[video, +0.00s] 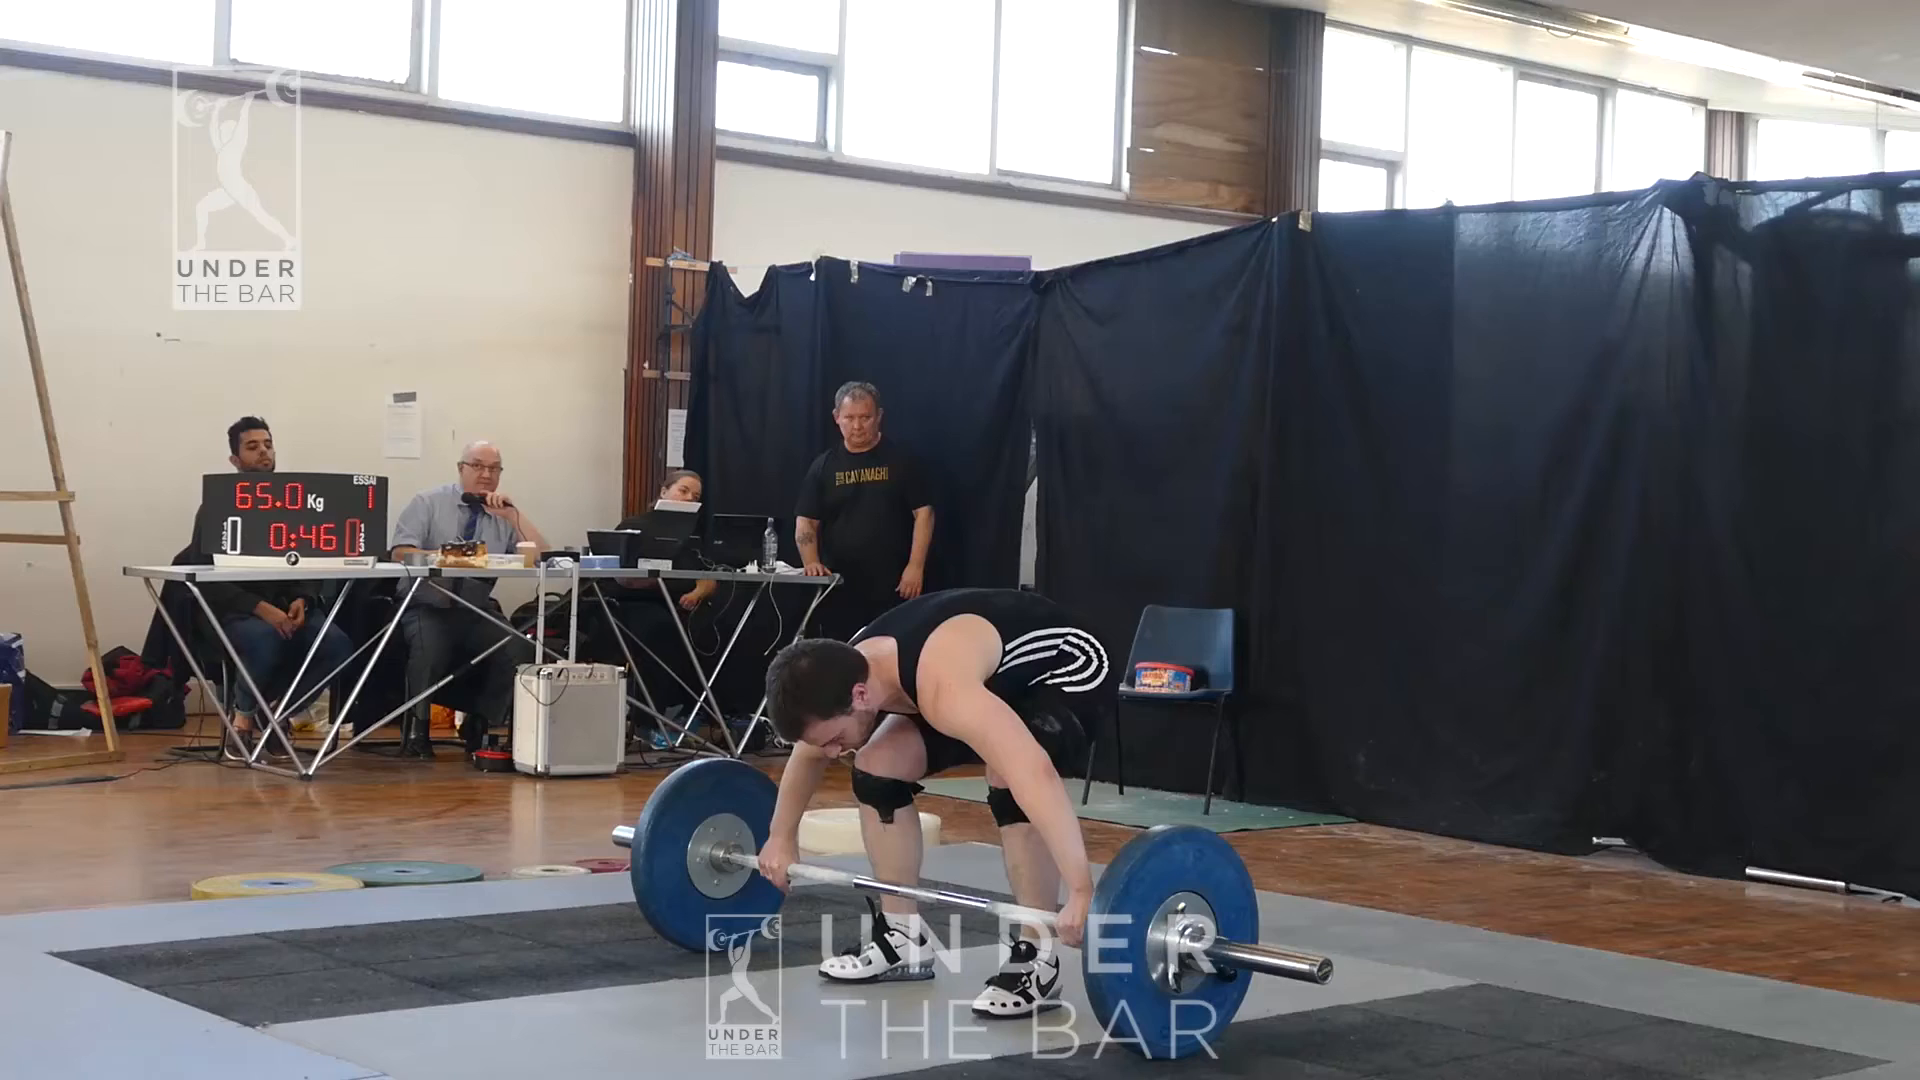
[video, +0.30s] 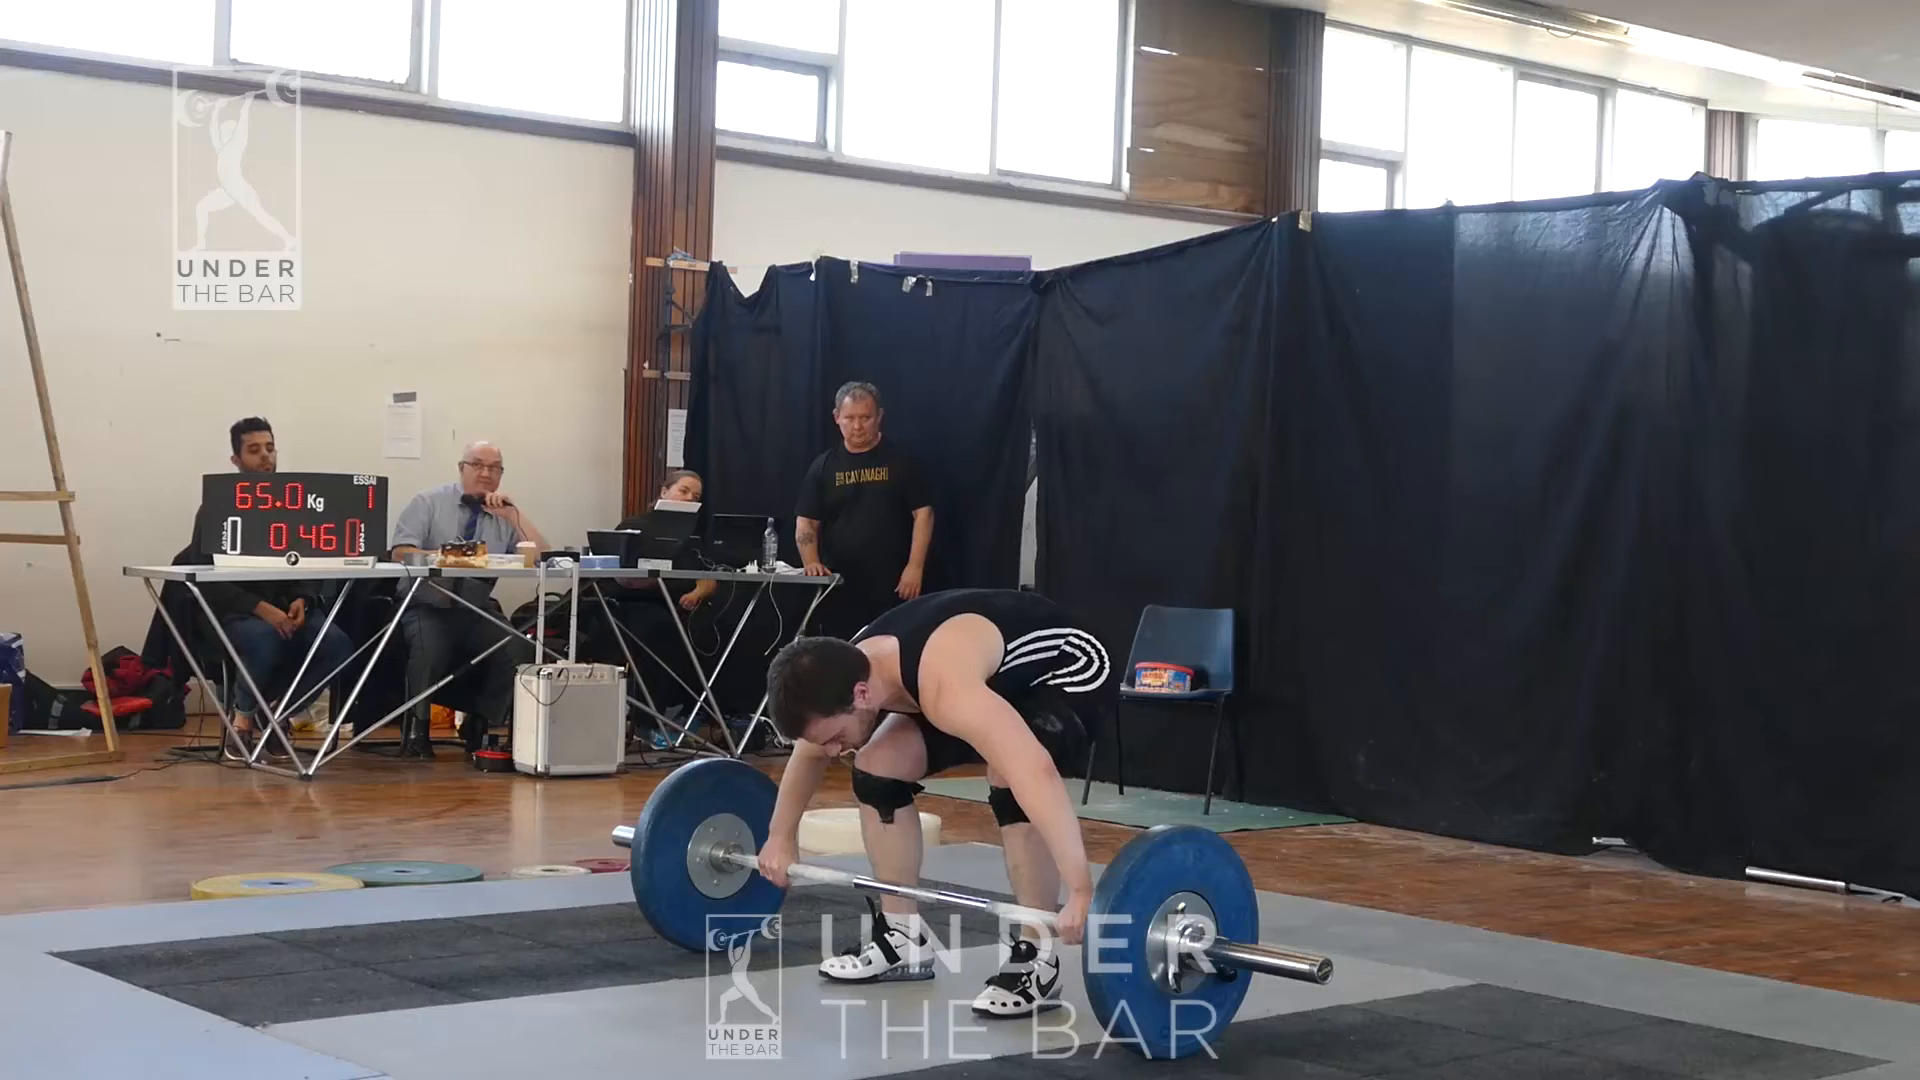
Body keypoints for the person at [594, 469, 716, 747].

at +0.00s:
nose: (688, 498)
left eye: (694, 496)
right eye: (683, 490)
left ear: (697, 504)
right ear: (665, 491)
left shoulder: (697, 534)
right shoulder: (633, 524)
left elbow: (711, 577)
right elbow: (607, 558)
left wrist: (697, 594)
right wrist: (628, 579)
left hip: (674, 605)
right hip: (630, 601)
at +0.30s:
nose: (688, 498)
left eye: (694, 496)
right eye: (683, 490)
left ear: (698, 503)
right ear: (664, 491)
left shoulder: (697, 534)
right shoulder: (634, 524)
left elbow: (711, 576)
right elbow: (607, 558)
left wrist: (697, 593)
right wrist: (629, 579)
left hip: (674, 605)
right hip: (629, 601)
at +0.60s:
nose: (688, 498)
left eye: (694, 496)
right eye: (684, 490)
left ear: (698, 504)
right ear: (665, 491)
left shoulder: (697, 535)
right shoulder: (633, 525)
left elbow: (711, 578)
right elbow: (607, 559)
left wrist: (697, 594)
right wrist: (627, 579)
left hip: (675, 606)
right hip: (632, 603)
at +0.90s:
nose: (688, 498)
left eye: (694, 496)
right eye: (683, 490)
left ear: (698, 504)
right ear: (664, 491)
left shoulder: (696, 535)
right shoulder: (633, 525)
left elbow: (710, 579)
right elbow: (607, 559)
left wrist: (697, 594)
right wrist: (628, 579)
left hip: (676, 606)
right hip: (633, 603)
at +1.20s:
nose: (688, 497)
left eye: (694, 495)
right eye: (683, 489)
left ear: (698, 503)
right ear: (665, 491)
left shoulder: (696, 535)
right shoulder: (634, 525)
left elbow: (710, 579)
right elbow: (607, 559)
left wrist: (696, 594)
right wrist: (627, 579)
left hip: (674, 606)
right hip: (631, 603)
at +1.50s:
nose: (683, 492)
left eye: (690, 489)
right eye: (677, 485)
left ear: (694, 498)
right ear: (660, 489)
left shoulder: (694, 533)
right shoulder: (633, 525)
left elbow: (711, 578)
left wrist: (697, 594)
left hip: (678, 609)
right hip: (634, 606)